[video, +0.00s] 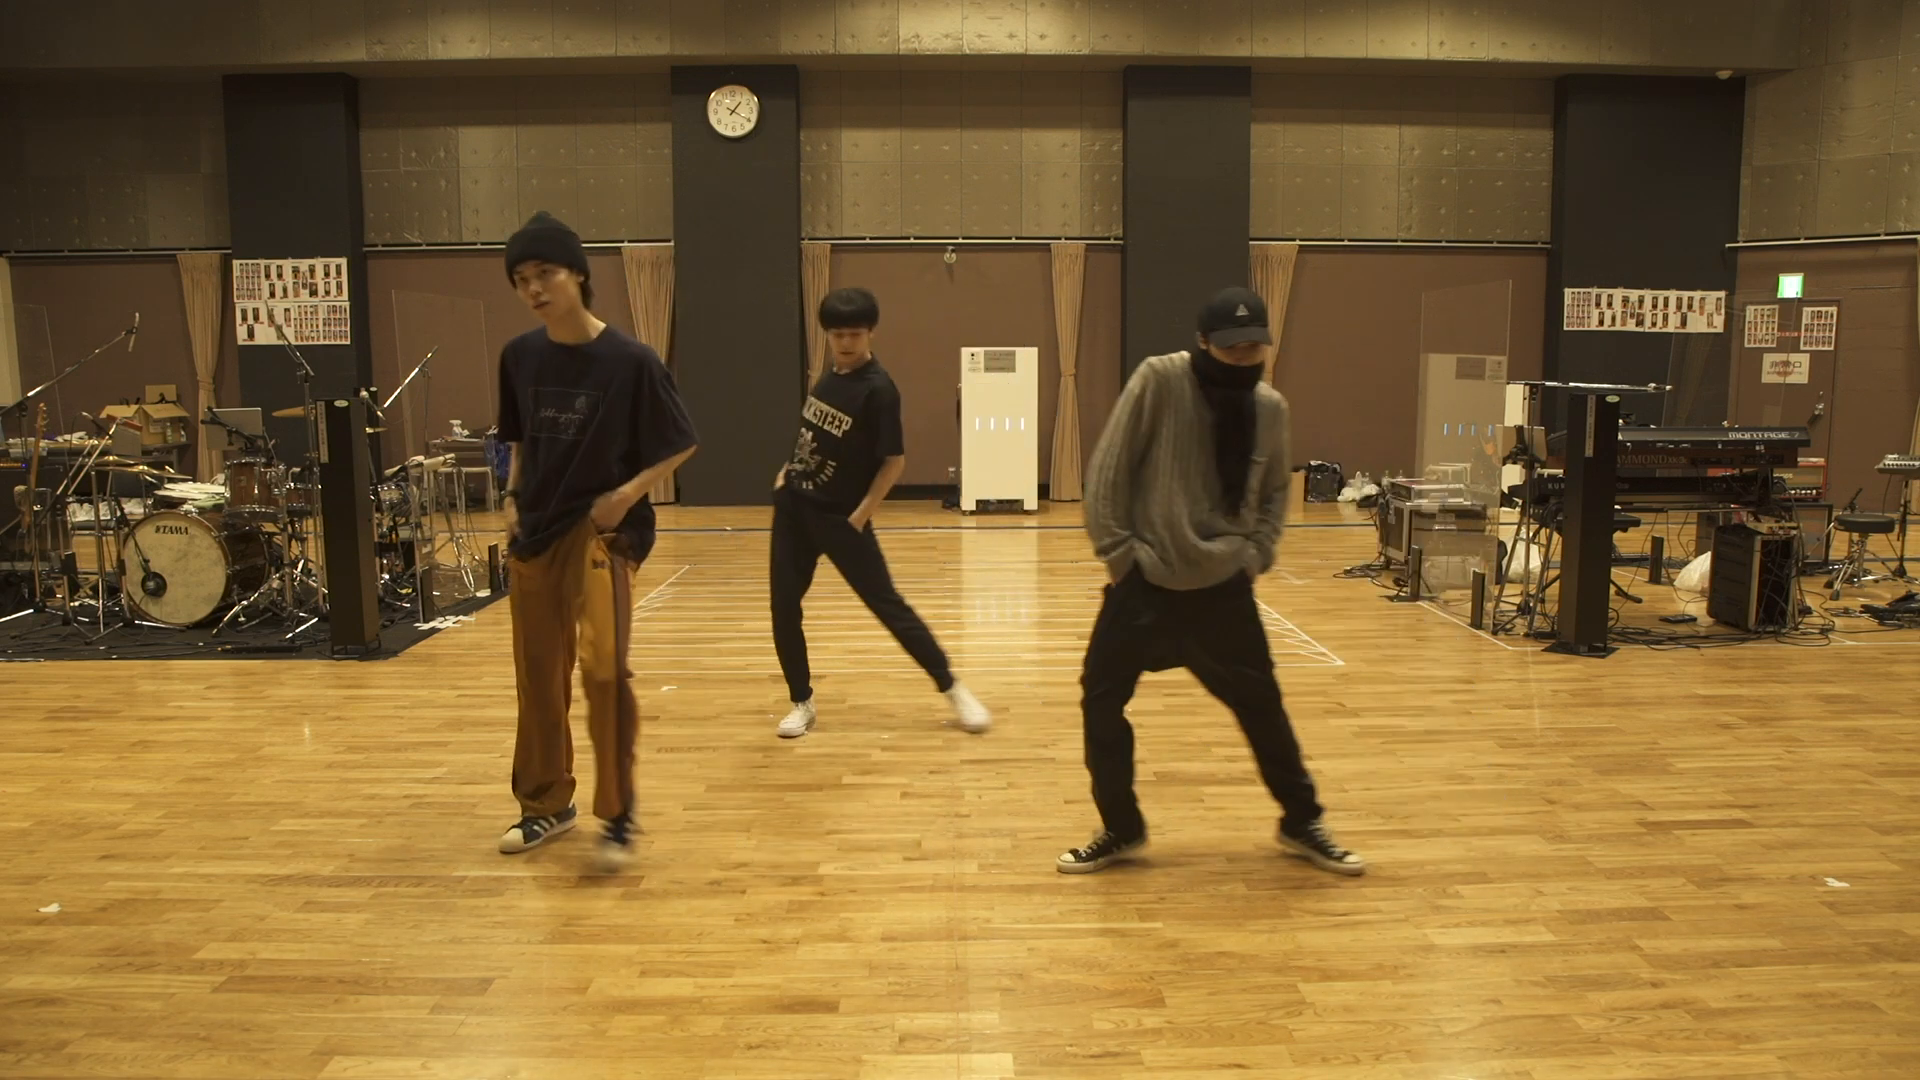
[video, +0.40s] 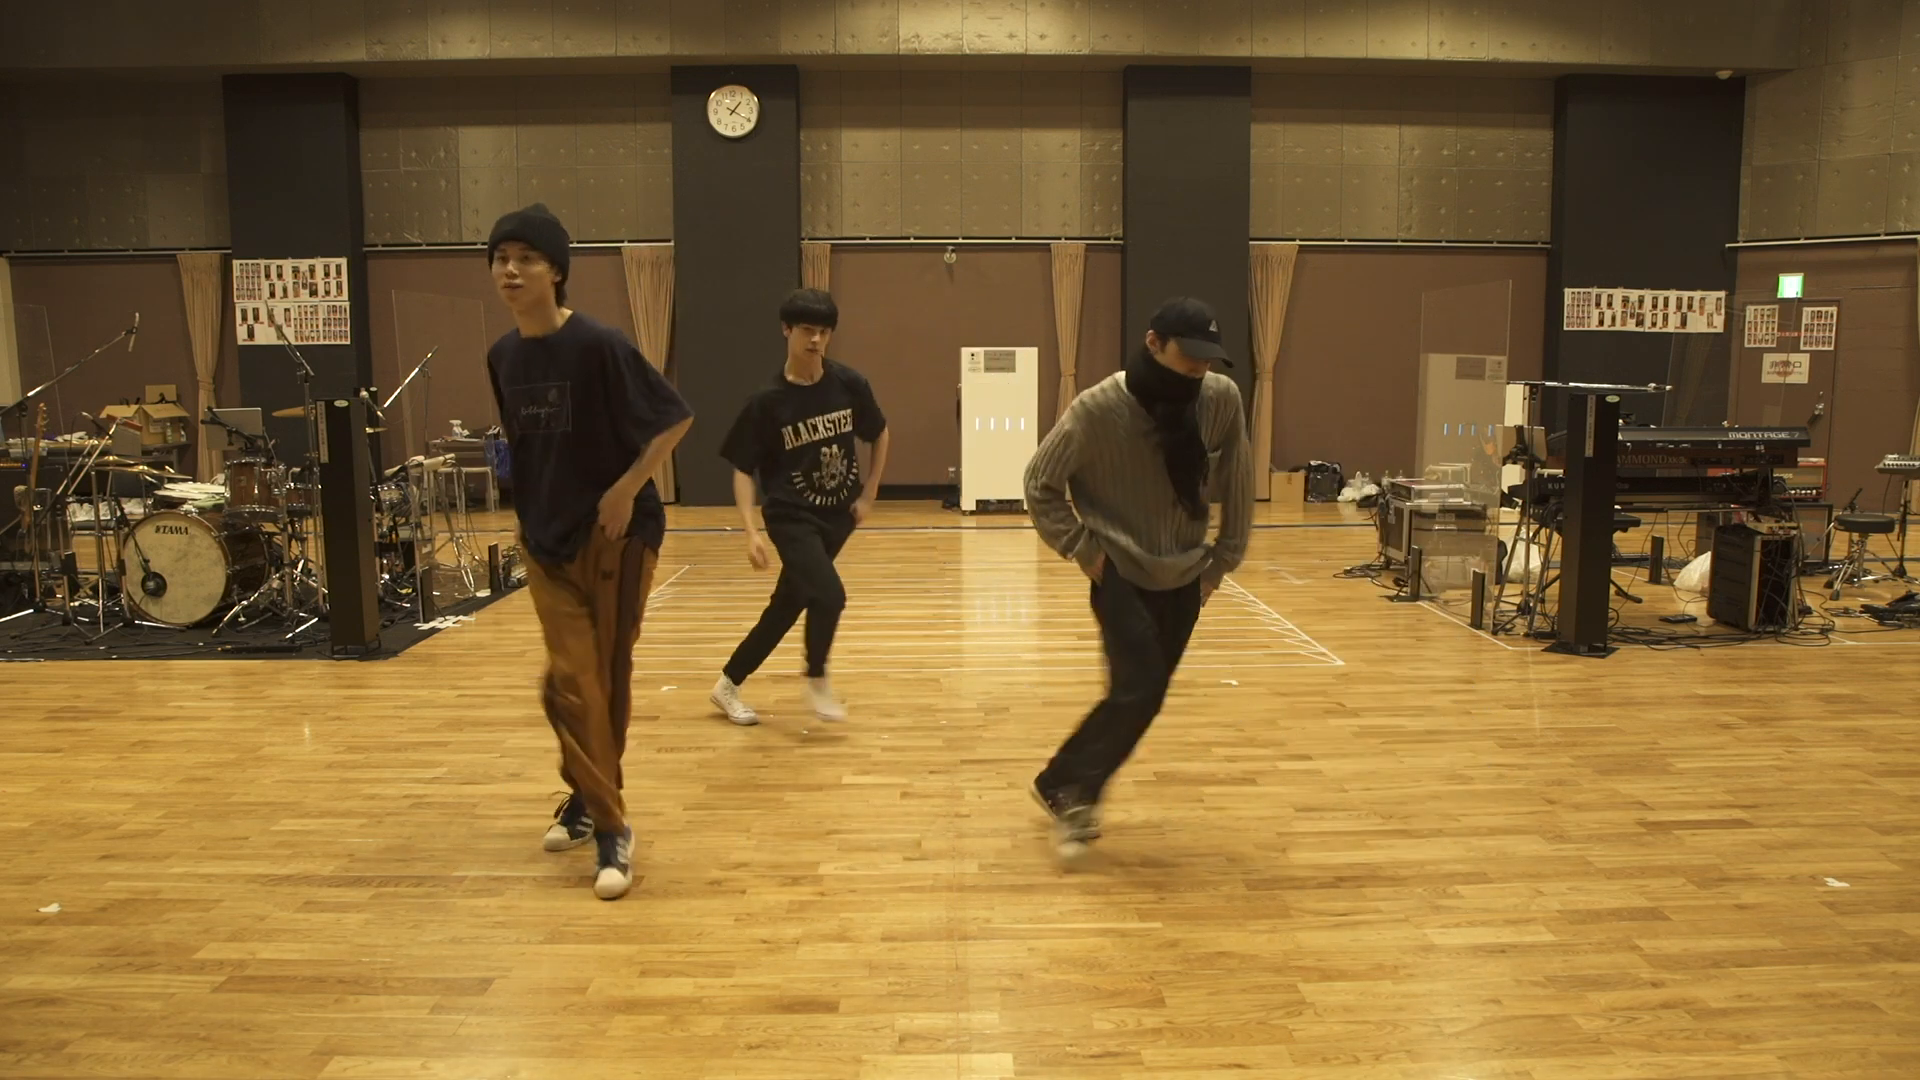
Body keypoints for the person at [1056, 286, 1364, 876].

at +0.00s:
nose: (1243, 358)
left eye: (1253, 347)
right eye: (1230, 347)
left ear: (1267, 345)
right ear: (1203, 343)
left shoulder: (1270, 407)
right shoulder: (1158, 379)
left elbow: (1275, 491)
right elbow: (1106, 468)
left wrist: (1256, 554)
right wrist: (1119, 555)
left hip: (1223, 587)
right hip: (1146, 582)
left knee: (1262, 704)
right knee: (1101, 698)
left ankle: (1301, 820)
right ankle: (1122, 827)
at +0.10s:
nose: (1230, 363)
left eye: (1238, 351)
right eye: (1217, 353)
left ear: (1247, 346)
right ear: (1186, 345)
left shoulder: (1245, 402)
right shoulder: (1139, 384)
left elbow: (1245, 487)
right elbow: (1086, 469)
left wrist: (1225, 552)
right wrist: (1098, 557)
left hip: (1197, 578)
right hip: (1123, 574)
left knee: (1258, 686)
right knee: (1090, 702)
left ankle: (1263, 811)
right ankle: (1056, 817)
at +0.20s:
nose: (1212, 371)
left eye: (1219, 360)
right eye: (1198, 361)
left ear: (1229, 356)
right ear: (1166, 356)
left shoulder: (1228, 408)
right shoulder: (1124, 408)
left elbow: (1227, 489)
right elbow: (1056, 486)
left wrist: (1204, 560)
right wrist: (1089, 572)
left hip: (1180, 593)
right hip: (1113, 596)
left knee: (1254, 671)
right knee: (1073, 711)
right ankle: (1008, 826)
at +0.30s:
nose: (1195, 373)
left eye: (1202, 362)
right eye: (1184, 362)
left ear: (1210, 359)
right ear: (1150, 353)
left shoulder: (1215, 405)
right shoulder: (1099, 418)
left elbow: (1222, 492)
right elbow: (1038, 495)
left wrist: (1207, 564)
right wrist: (1084, 566)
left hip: (1175, 595)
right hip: (1108, 595)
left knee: (1190, 723)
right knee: (1076, 718)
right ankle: (1021, 818)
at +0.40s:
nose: (1199, 367)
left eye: (1206, 357)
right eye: (1189, 355)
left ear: (1211, 352)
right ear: (1154, 343)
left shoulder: (1220, 397)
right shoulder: (1098, 409)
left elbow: (1238, 485)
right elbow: (1040, 484)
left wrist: (1222, 561)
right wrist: (1084, 550)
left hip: (1186, 572)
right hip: (1119, 571)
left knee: (1147, 695)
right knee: (1136, 692)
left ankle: (1084, 791)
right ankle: (1061, 784)